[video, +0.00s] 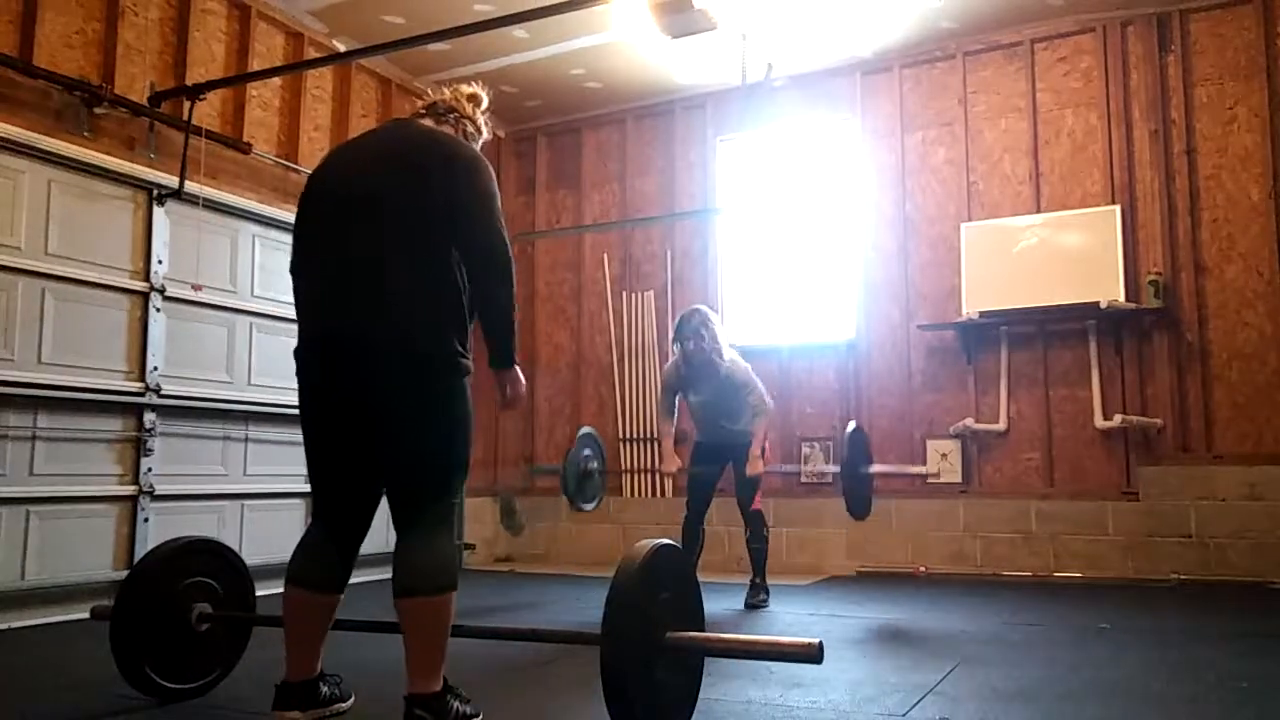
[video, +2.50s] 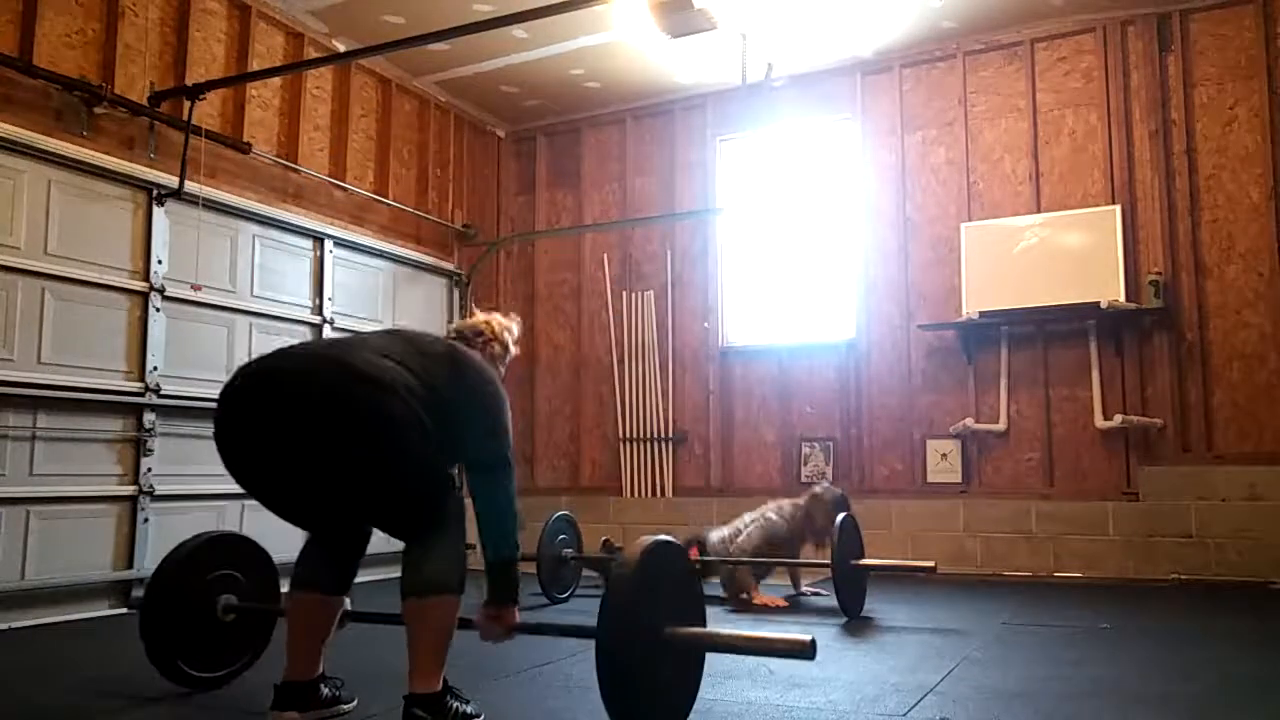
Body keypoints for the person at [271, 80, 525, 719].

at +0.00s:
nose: (480, 153)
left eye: (482, 147)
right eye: (483, 146)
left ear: (424, 115)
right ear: (471, 132)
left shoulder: (343, 156)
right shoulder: (462, 158)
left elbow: (307, 262)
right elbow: (490, 259)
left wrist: (326, 346)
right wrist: (504, 357)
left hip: (329, 362)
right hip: (421, 365)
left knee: (333, 516)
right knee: (429, 521)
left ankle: (299, 682)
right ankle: (427, 694)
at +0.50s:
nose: (513, 313)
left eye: (514, 304)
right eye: (515, 303)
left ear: (464, 276)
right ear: (508, 296)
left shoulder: (407, 284)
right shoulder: (492, 328)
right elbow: (493, 449)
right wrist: (494, 538)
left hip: (266, 351)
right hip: (373, 371)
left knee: (314, 521)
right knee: (413, 529)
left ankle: (297, 686)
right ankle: (424, 696)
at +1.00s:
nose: (510, 386)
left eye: (513, 380)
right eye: (511, 379)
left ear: (467, 341)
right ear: (502, 364)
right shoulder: (490, 387)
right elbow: (496, 513)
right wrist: (495, 605)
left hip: (251, 386)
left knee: (334, 520)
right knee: (430, 528)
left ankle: (298, 685)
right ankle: (426, 694)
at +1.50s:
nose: (494, 267)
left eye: (494, 259)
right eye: (493, 259)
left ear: (442, 234)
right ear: (485, 252)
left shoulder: (385, 254)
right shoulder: (475, 275)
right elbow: (497, 366)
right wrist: (494, 472)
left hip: (255, 345)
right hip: (357, 362)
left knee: (308, 518)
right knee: (407, 524)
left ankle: (294, 685)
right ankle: (424, 696)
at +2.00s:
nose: (498, 251)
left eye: (500, 242)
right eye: (498, 241)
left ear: (450, 210)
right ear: (487, 227)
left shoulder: (387, 231)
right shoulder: (472, 232)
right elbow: (492, 291)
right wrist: (495, 386)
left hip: (259, 344)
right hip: (353, 358)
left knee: (312, 519)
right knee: (401, 528)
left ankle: (294, 684)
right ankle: (420, 695)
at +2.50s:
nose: (501, 379)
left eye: (504, 371)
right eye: (502, 369)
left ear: (453, 339)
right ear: (489, 352)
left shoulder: (396, 351)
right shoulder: (480, 386)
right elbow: (496, 502)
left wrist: (331, 589)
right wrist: (502, 597)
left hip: (246, 408)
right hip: (358, 414)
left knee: (342, 520)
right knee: (437, 519)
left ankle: (299, 687)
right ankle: (427, 694)